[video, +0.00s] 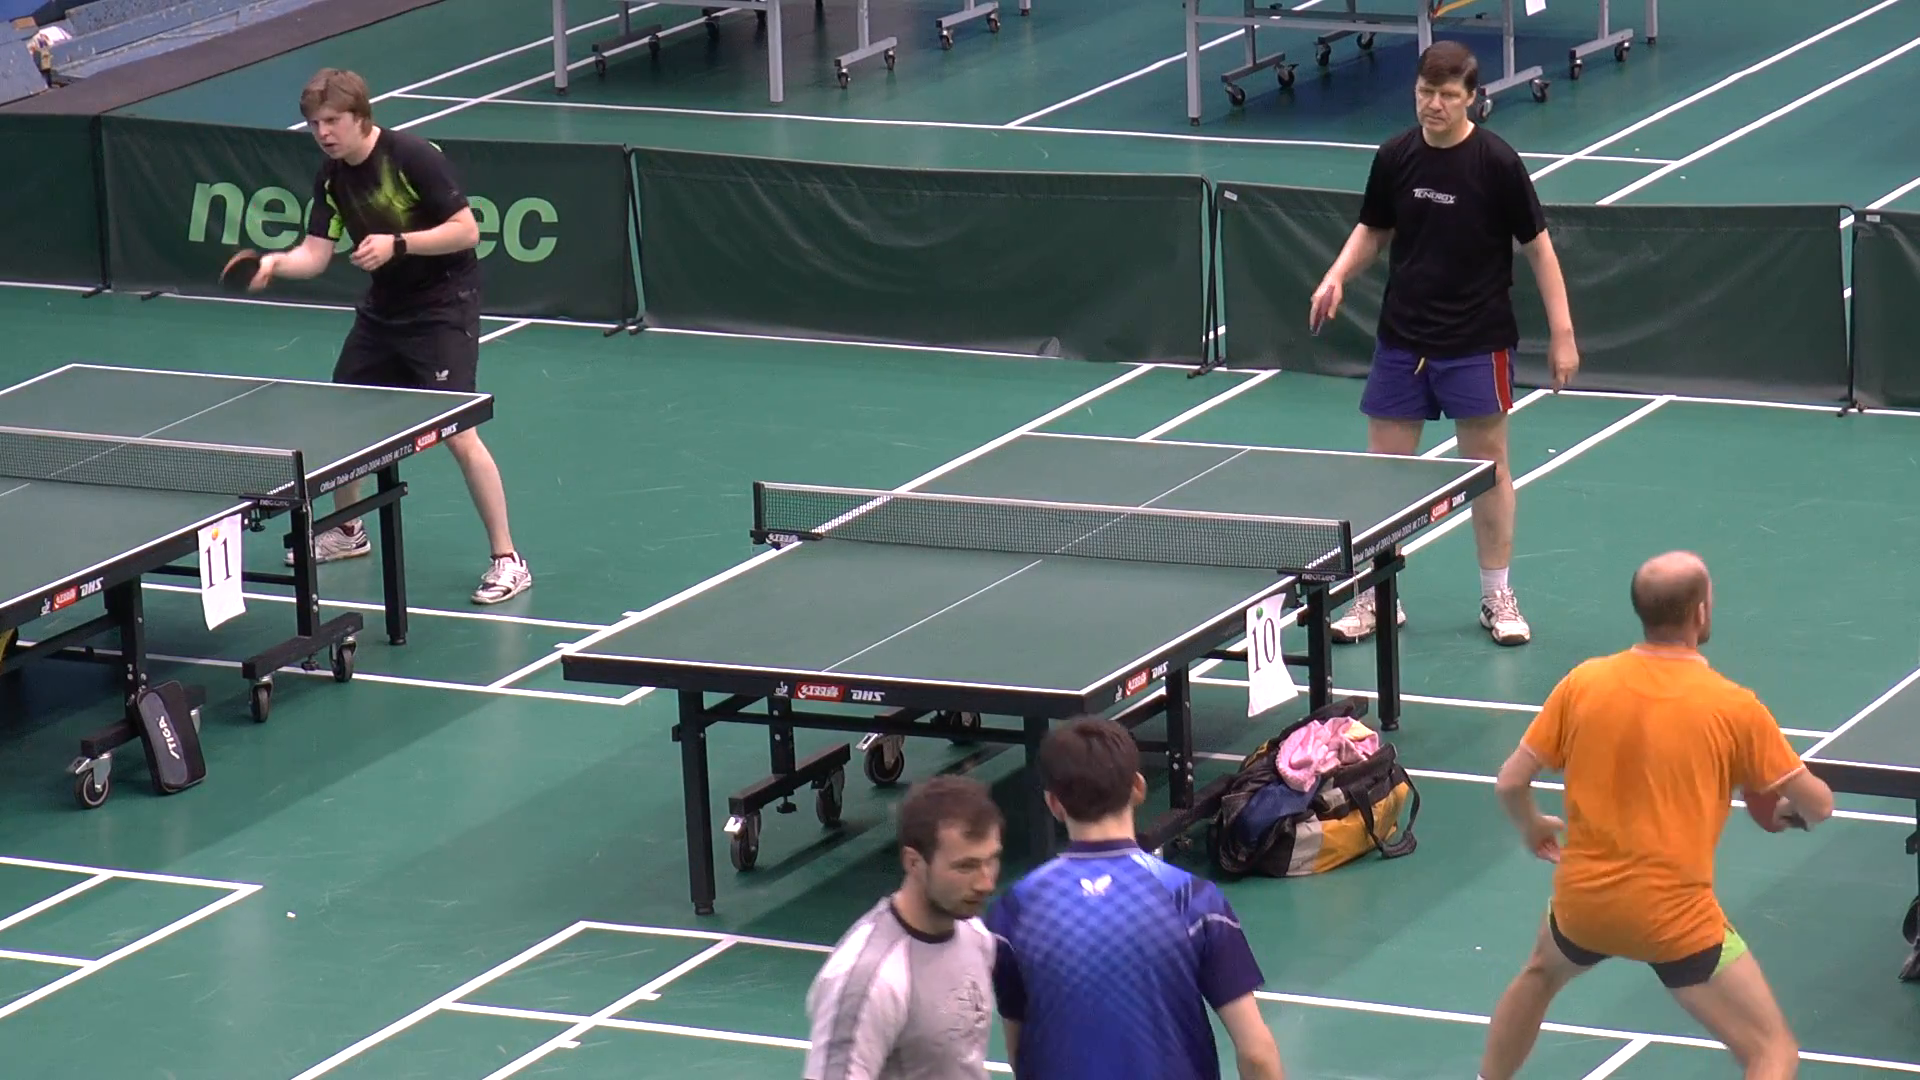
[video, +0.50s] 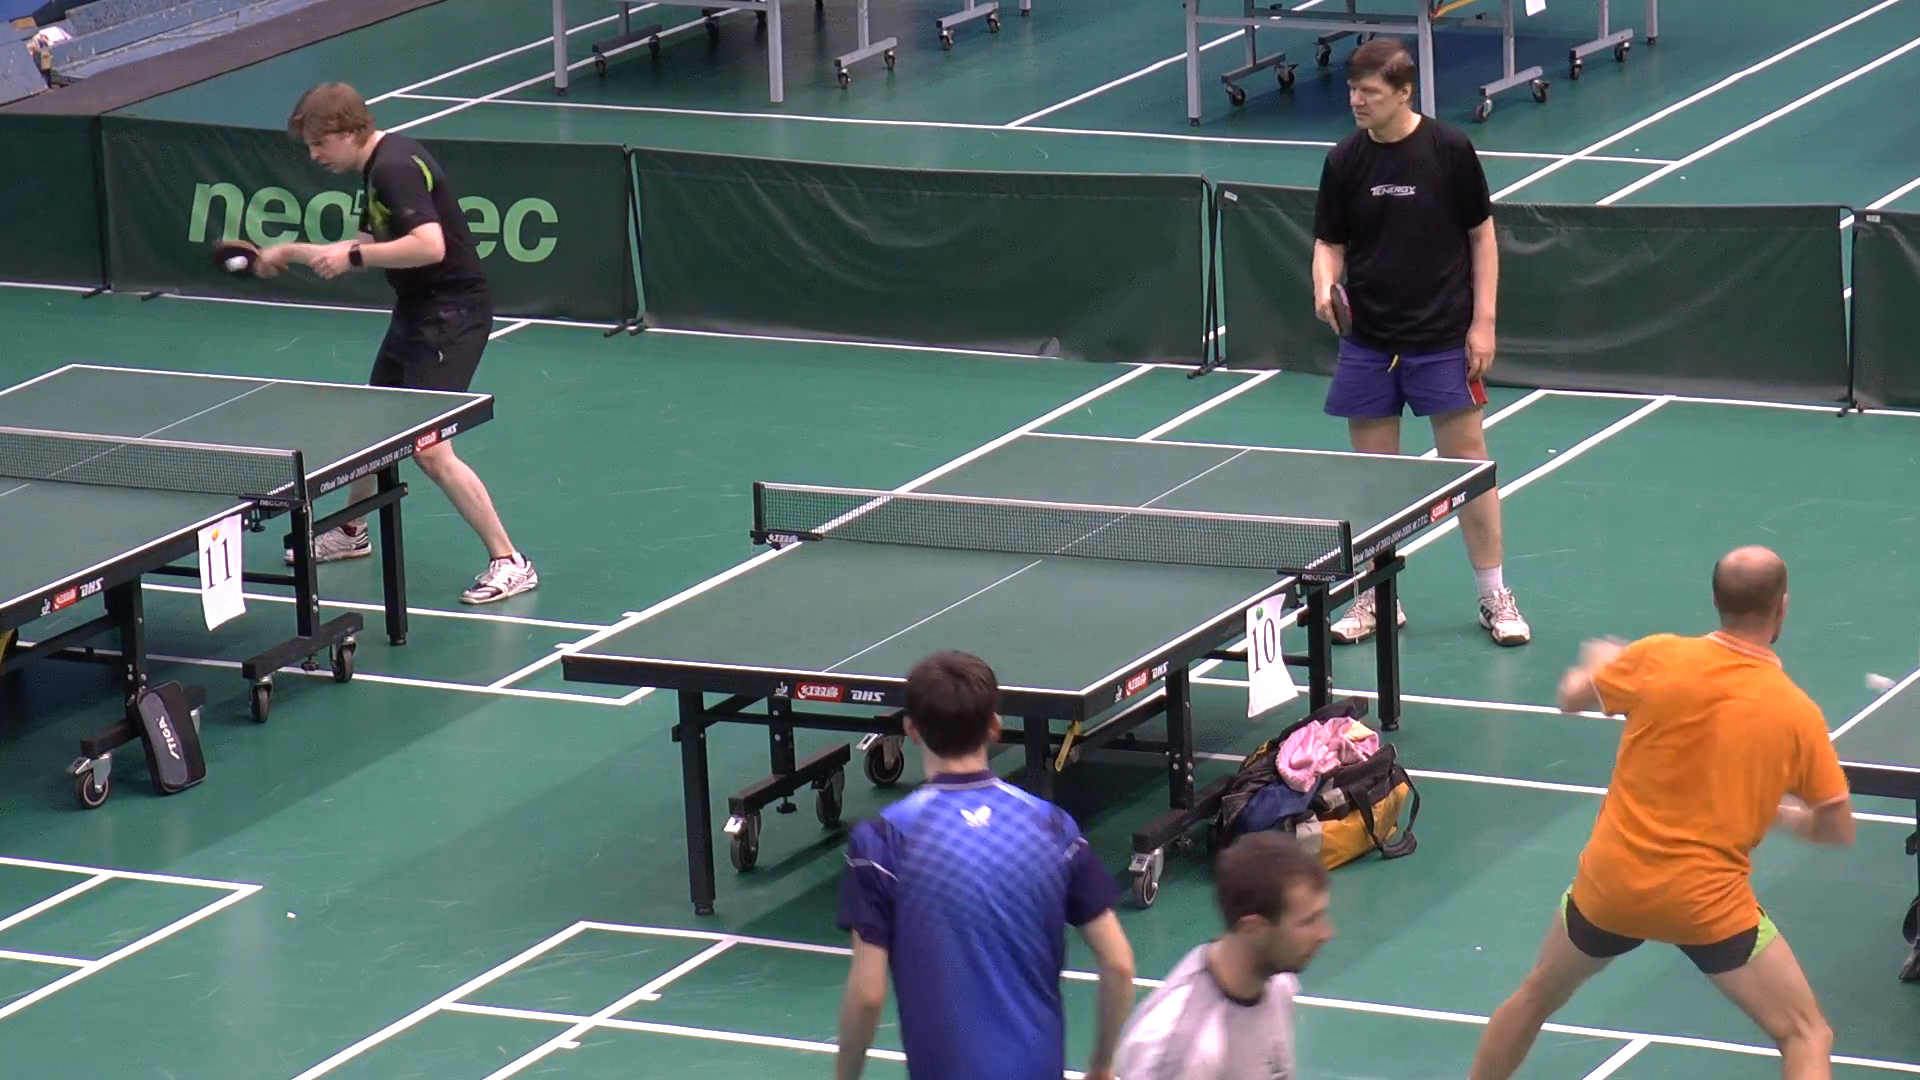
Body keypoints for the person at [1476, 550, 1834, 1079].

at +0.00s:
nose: (1713, 604)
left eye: (1709, 594)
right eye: (1711, 596)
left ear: (1639, 610)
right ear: (1701, 611)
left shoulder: (1584, 682)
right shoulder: (1733, 706)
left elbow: (1510, 782)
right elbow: (1819, 805)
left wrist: (1533, 826)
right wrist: (1782, 807)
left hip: (1582, 905)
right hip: (1676, 916)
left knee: (1539, 977)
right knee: (1771, 1050)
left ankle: (1490, 1074)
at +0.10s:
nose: (1735, 588)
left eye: (1733, 578)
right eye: (1733, 581)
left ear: (1663, 593)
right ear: (1722, 596)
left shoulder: (1602, 657)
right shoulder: (1743, 687)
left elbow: (1542, 765)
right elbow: (1823, 805)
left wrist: (1578, 809)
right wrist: (1802, 805)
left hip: (1580, 881)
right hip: (1671, 892)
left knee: (1534, 974)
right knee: (1786, 1017)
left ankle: (1475, 1074)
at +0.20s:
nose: (1763, 603)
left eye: (1760, 593)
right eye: (1761, 595)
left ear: (1692, 604)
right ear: (1751, 610)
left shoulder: (1626, 666)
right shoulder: (1758, 707)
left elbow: (1584, 772)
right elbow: (1824, 834)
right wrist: (1819, 836)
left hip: (1580, 883)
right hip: (1662, 899)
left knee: (1533, 982)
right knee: (1788, 1025)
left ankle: (1466, 1074)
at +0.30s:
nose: (1783, 622)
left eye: (1780, 612)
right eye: (1781, 614)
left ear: (1709, 625)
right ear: (1772, 631)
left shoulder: (1651, 678)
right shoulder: (1771, 736)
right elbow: (1829, 861)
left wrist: (1761, 806)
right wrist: (1797, 863)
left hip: (1589, 894)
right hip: (1671, 914)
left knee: (1548, 990)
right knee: (1810, 1030)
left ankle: (1476, 1075)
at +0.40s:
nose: (1787, 616)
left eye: (1782, 606)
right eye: (1785, 608)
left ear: (1713, 618)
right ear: (1777, 623)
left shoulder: (1652, 673)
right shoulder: (1782, 728)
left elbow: (1618, 756)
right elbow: (1825, 860)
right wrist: (1767, 861)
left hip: (1601, 895)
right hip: (1689, 915)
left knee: (1541, 993)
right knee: (1815, 1033)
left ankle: (1476, 1075)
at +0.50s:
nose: (1786, 599)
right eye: (1786, 592)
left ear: (1716, 599)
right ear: (1781, 604)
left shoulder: (1658, 657)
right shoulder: (1797, 712)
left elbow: (1570, 698)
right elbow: (1837, 830)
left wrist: (1594, 664)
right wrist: (1774, 805)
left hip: (1610, 883)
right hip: (1706, 900)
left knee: (1534, 997)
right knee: (1805, 1033)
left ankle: (1479, 1076)